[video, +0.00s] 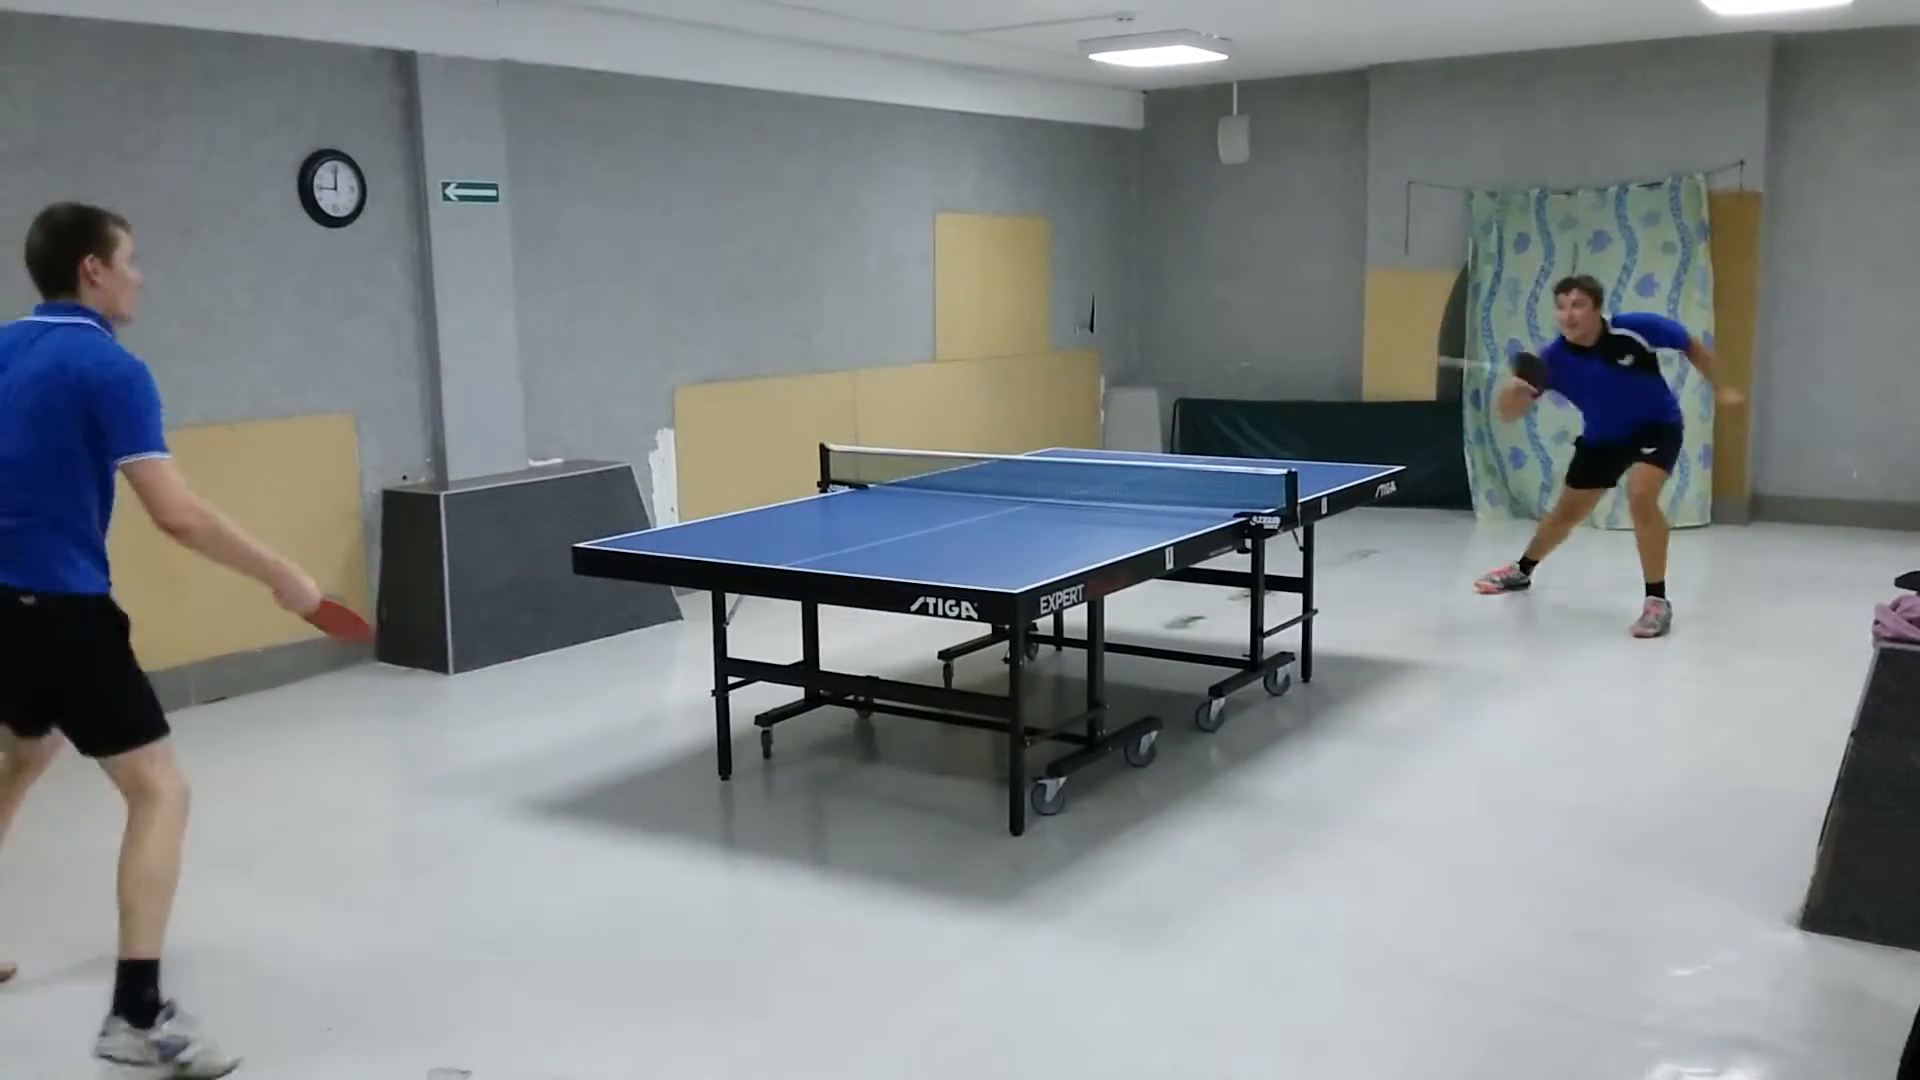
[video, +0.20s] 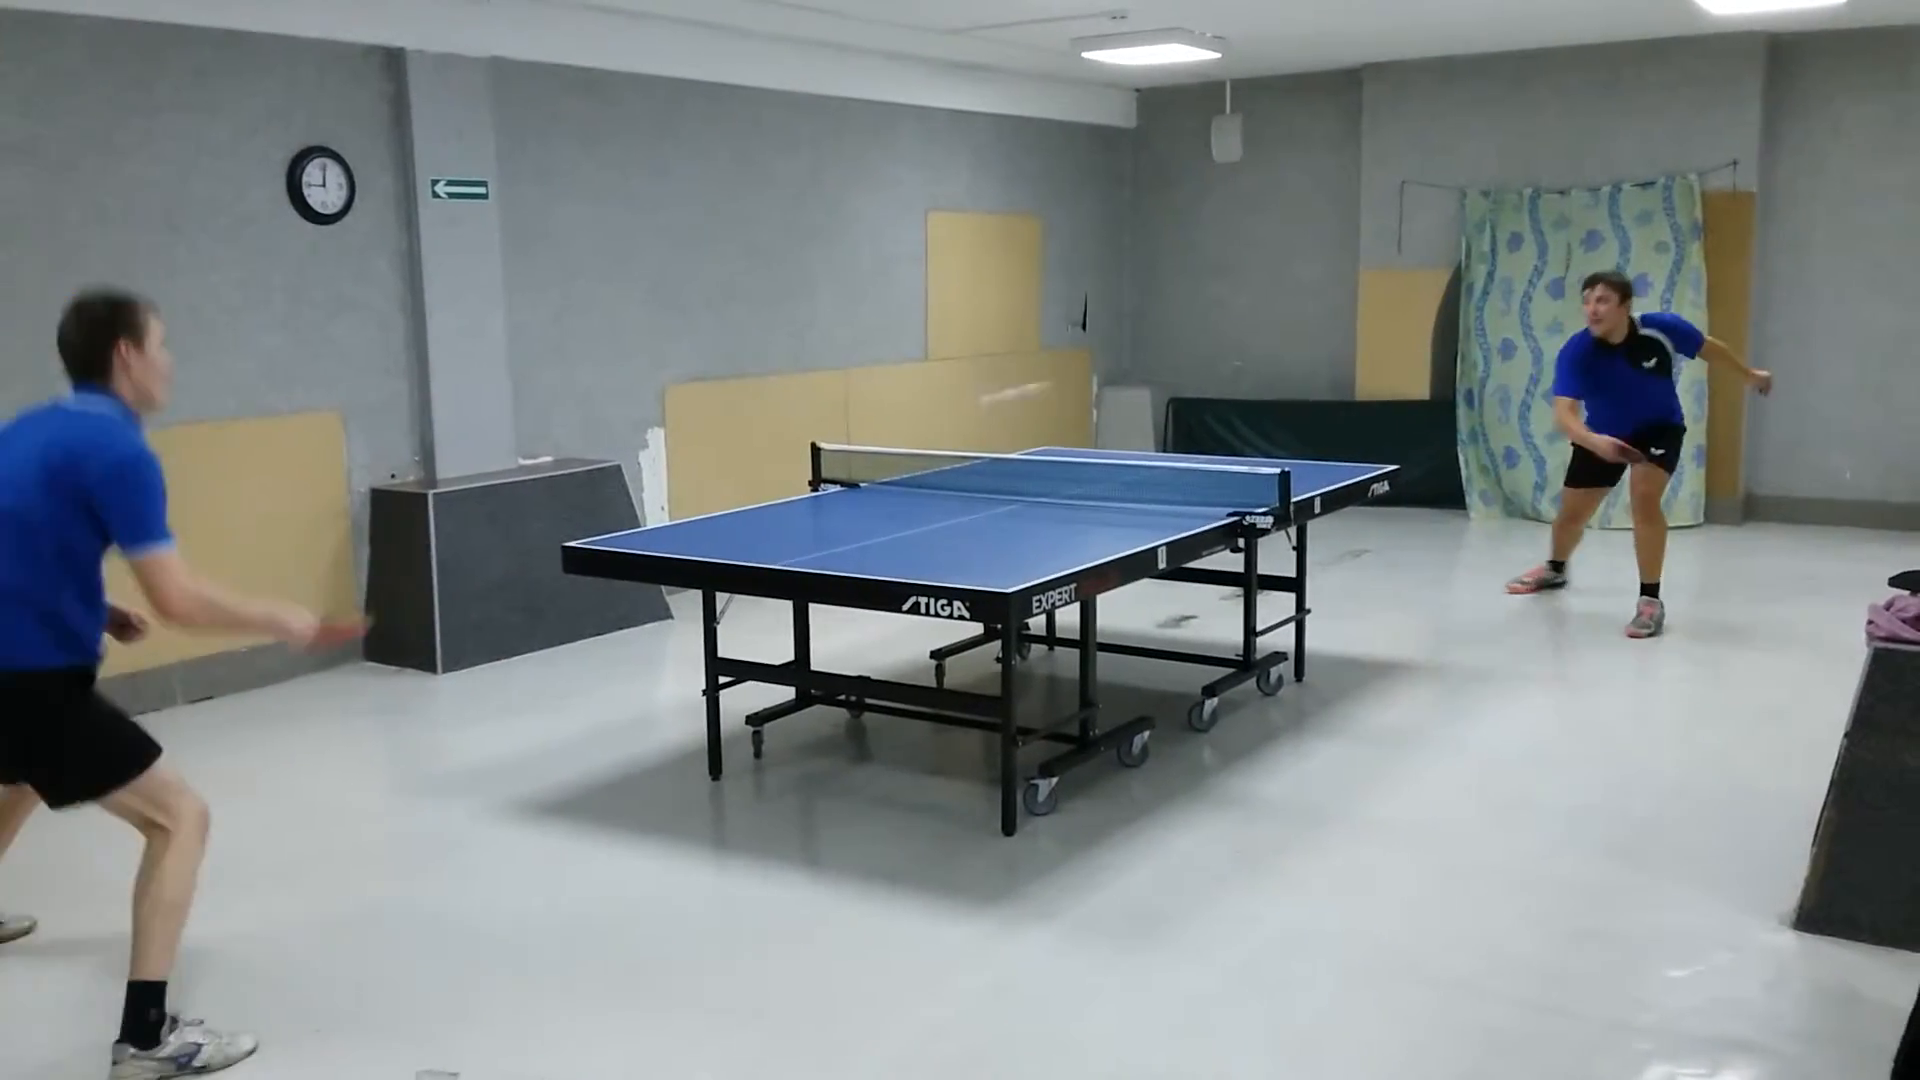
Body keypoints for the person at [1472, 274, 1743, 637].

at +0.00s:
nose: (1569, 315)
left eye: (1578, 306)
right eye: (1563, 308)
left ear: (1598, 309)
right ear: (1556, 314)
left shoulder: (1634, 328)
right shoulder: (1553, 359)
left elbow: (1690, 346)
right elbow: (1508, 411)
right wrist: (1520, 387)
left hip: (1657, 426)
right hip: (1602, 436)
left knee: (1641, 496)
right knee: (1565, 513)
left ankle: (1656, 602)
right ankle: (1522, 571)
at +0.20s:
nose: (1593, 309)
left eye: (1603, 301)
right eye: (1588, 302)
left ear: (1625, 306)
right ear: (1583, 307)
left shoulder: (1663, 329)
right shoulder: (1576, 351)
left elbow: (1710, 350)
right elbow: (1563, 414)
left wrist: (1750, 374)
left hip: (1658, 430)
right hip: (1603, 434)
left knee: (1644, 497)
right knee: (1571, 512)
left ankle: (1650, 601)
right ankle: (1555, 570)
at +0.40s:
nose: (1611, 287)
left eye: (1622, 280)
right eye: (1607, 280)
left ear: (1645, 287)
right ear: (1602, 286)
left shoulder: (1677, 325)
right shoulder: (1584, 336)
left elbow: (1715, 368)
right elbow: (1581, 405)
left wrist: (1745, 415)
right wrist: (1631, 433)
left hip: (1650, 434)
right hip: (1595, 432)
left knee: (1643, 498)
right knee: (1568, 516)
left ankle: (1651, 601)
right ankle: (1581, 573)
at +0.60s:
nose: (1608, 251)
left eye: (1618, 244)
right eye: (1606, 244)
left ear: (1642, 250)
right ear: (1602, 250)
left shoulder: (1679, 294)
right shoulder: (1590, 302)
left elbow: (1715, 341)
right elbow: (1567, 359)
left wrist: (1712, 407)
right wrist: (1579, 399)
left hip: (1671, 415)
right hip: (1618, 414)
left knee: (1652, 497)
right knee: (1594, 492)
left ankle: (1660, 598)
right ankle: (1591, 570)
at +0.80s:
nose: (1601, 266)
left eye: (1609, 258)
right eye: (1598, 259)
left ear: (1633, 263)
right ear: (1596, 265)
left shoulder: (1660, 297)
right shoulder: (1604, 315)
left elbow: (1699, 351)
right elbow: (1597, 368)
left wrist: (1656, 405)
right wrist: (1573, 402)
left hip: (1688, 417)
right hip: (1642, 419)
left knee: (1677, 508)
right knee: (1610, 499)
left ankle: (1739, 605)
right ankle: (1619, 579)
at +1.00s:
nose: (1608, 312)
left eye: (1616, 303)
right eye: (1605, 305)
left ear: (1640, 305)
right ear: (1607, 310)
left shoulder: (1657, 331)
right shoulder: (1643, 345)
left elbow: (1651, 382)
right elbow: (1682, 413)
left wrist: (1603, 416)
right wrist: (1649, 452)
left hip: (1728, 449)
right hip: (1688, 450)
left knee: (1711, 540)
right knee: (1639, 516)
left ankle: (1793, 627)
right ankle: (1626, 584)